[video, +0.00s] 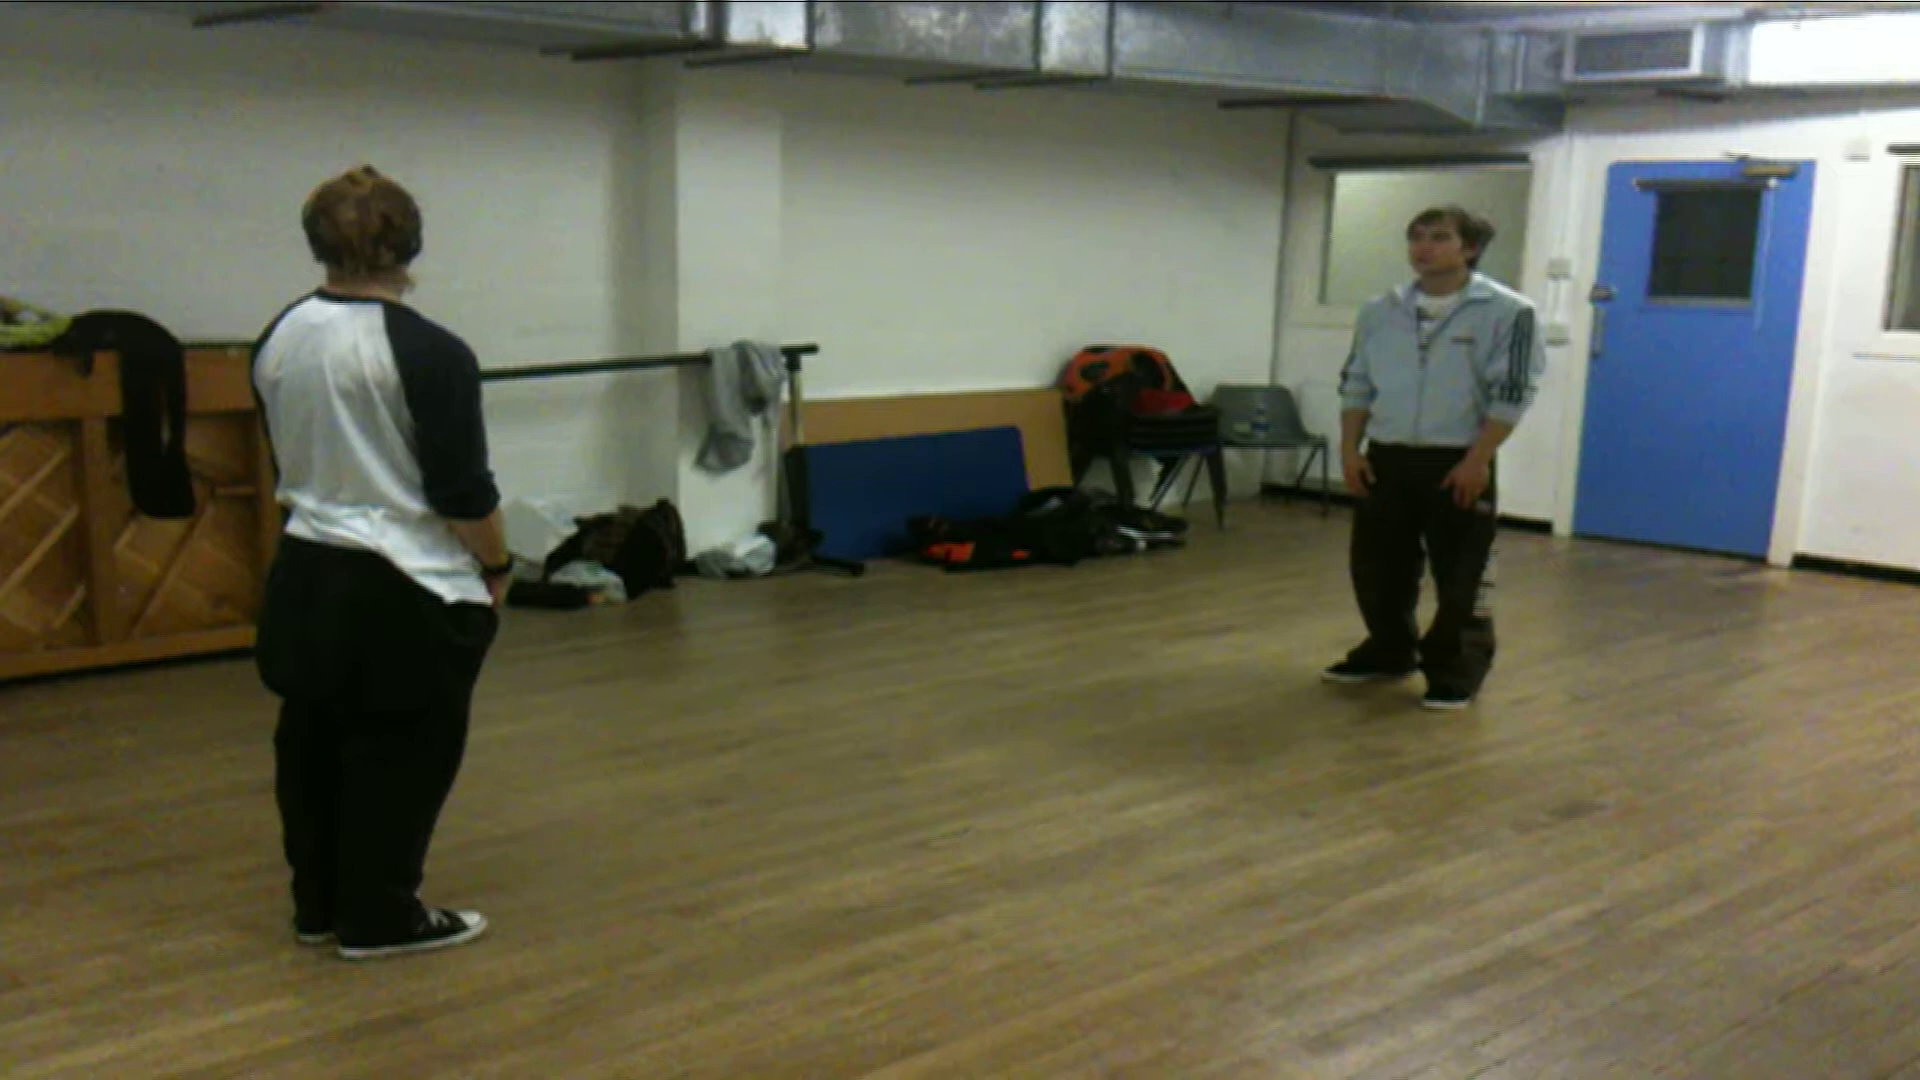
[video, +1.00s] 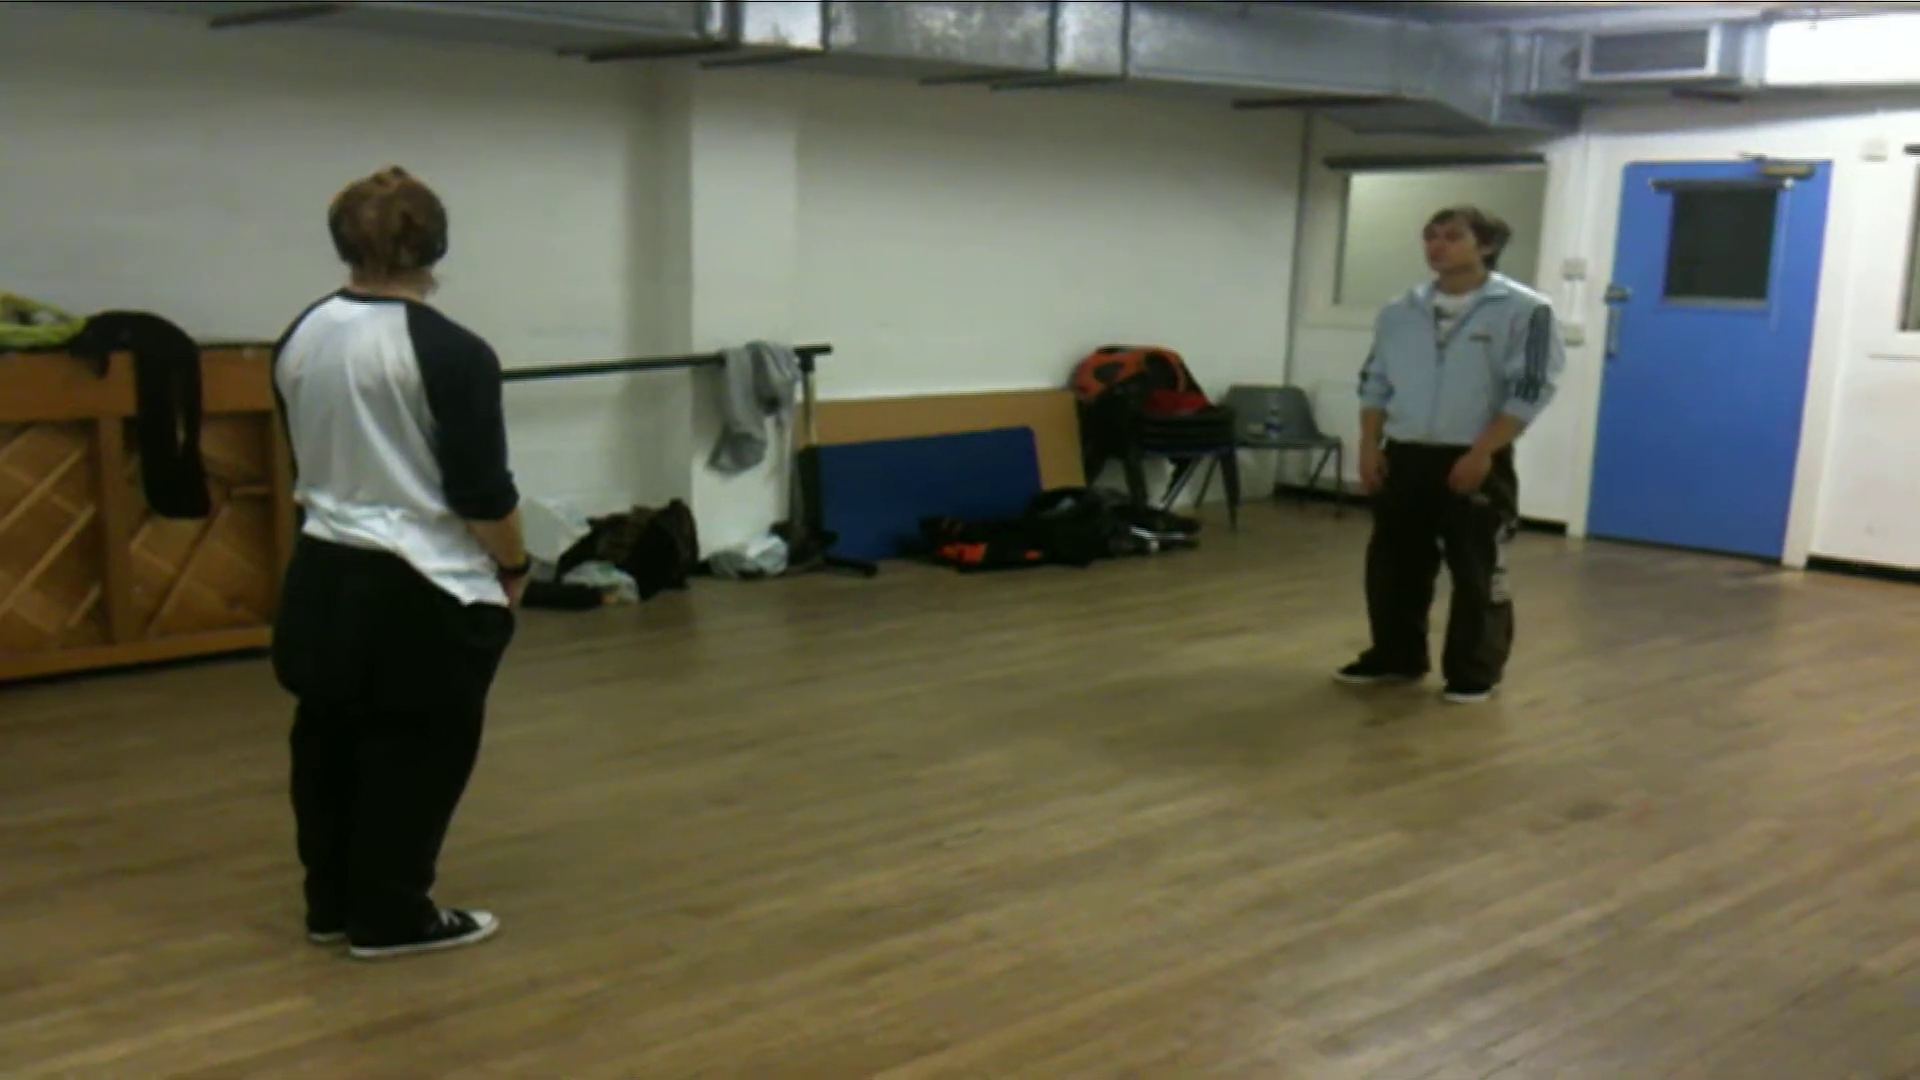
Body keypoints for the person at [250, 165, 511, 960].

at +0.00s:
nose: (414, 250)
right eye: (411, 240)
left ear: (321, 246)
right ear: (406, 247)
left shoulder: (278, 341)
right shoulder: (431, 355)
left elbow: (291, 468)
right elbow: (464, 492)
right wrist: (495, 566)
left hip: (308, 581)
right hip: (412, 595)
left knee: (314, 737)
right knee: (410, 753)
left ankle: (320, 902)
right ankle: (382, 913)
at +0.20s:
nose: (420, 251)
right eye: (417, 240)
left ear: (328, 247)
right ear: (413, 247)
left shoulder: (286, 342)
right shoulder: (441, 354)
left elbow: (298, 470)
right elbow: (475, 494)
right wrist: (503, 567)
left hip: (317, 583)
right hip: (422, 596)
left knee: (320, 738)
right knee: (416, 755)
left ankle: (324, 903)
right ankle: (388, 913)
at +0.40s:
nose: (429, 250)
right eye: (426, 239)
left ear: (337, 247)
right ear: (422, 246)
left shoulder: (295, 341)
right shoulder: (450, 354)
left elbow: (304, 471)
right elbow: (483, 493)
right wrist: (510, 568)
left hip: (325, 585)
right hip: (430, 599)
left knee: (328, 735)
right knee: (422, 755)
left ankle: (331, 902)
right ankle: (394, 913)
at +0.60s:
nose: (436, 252)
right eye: (434, 241)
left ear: (346, 248)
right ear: (430, 249)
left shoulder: (301, 342)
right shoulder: (454, 356)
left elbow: (310, 473)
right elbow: (487, 495)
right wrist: (514, 569)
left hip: (328, 585)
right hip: (433, 599)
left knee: (332, 739)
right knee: (426, 756)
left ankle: (334, 902)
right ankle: (397, 913)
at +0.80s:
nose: (442, 255)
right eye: (439, 244)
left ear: (349, 249)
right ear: (433, 251)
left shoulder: (303, 341)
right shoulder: (455, 355)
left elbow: (311, 472)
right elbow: (486, 493)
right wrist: (515, 566)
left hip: (328, 586)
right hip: (432, 600)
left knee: (332, 741)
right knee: (425, 757)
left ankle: (334, 904)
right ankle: (397, 914)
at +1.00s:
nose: (439, 252)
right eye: (436, 242)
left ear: (347, 248)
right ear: (431, 249)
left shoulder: (300, 339)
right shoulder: (453, 355)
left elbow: (308, 469)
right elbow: (483, 492)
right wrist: (512, 566)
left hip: (324, 585)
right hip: (428, 599)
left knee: (330, 738)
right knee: (423, 756)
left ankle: (331, 902)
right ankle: (393, 913)